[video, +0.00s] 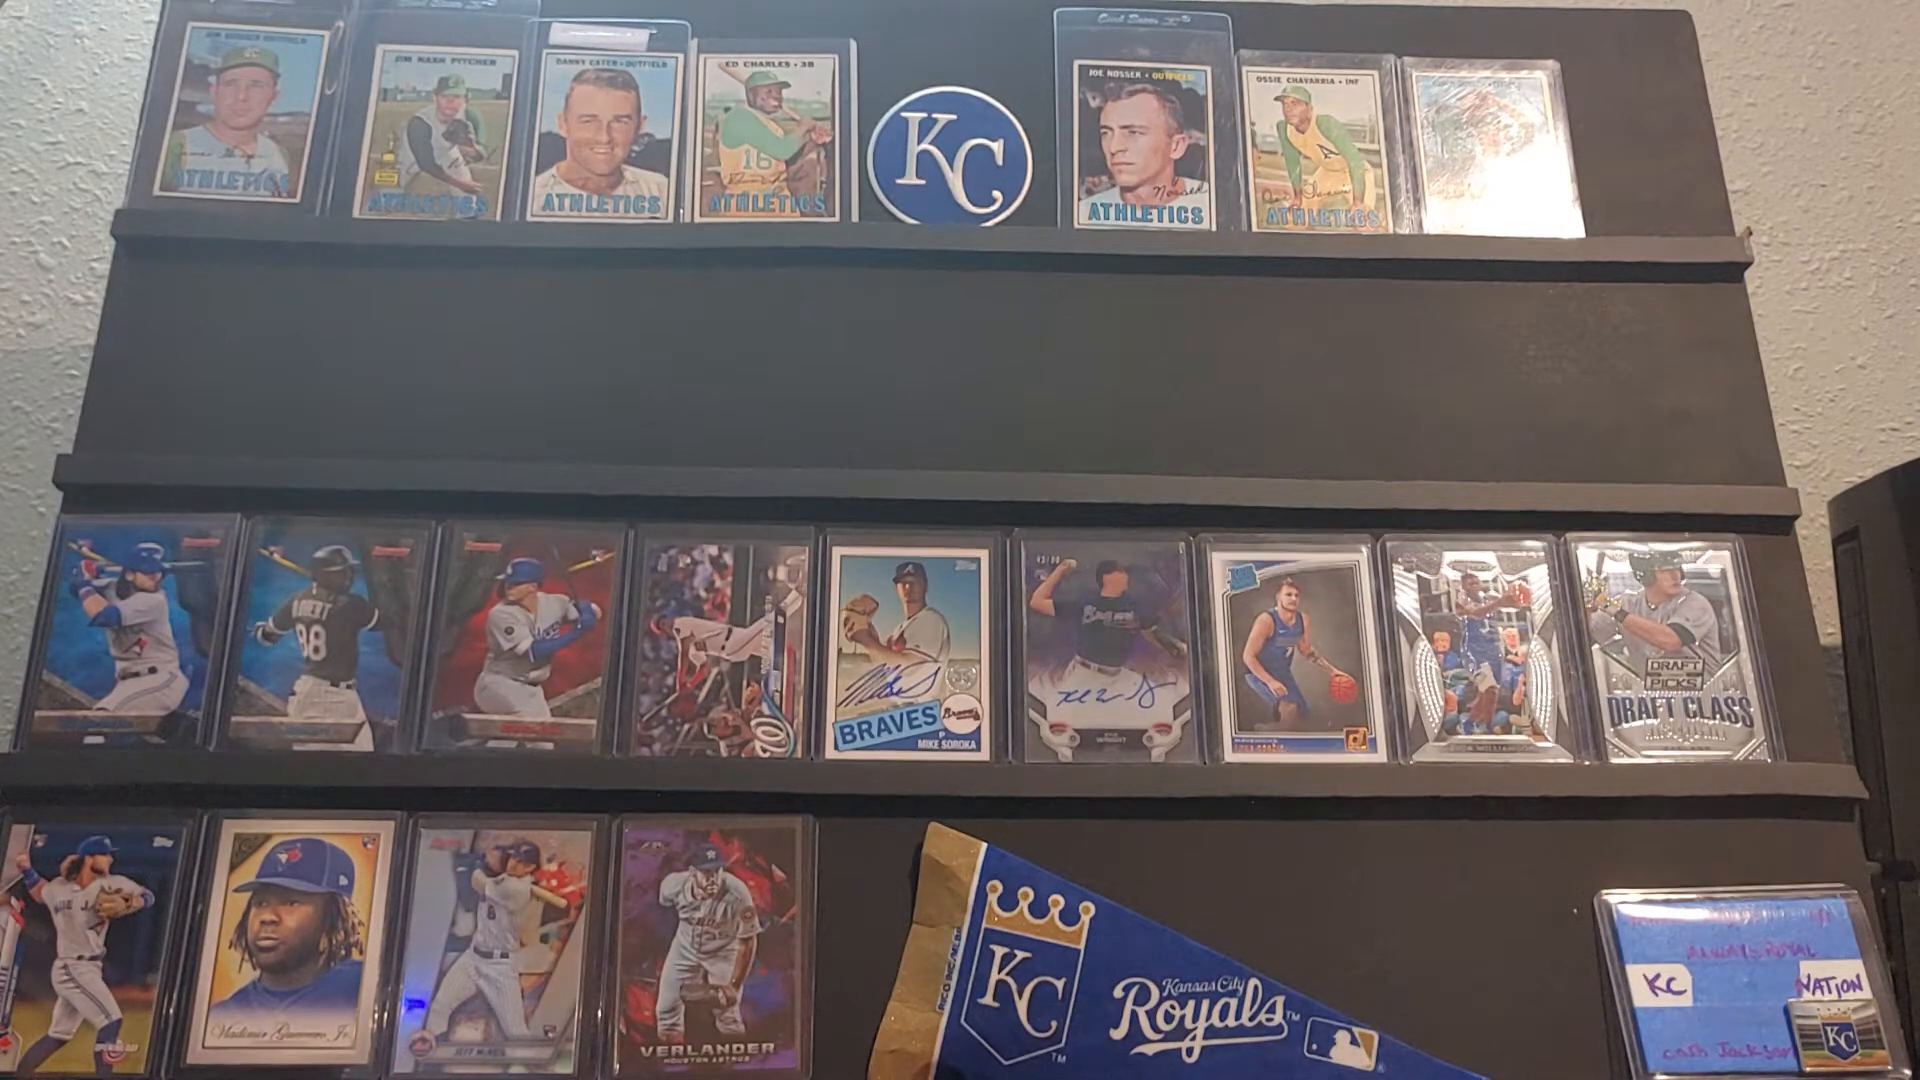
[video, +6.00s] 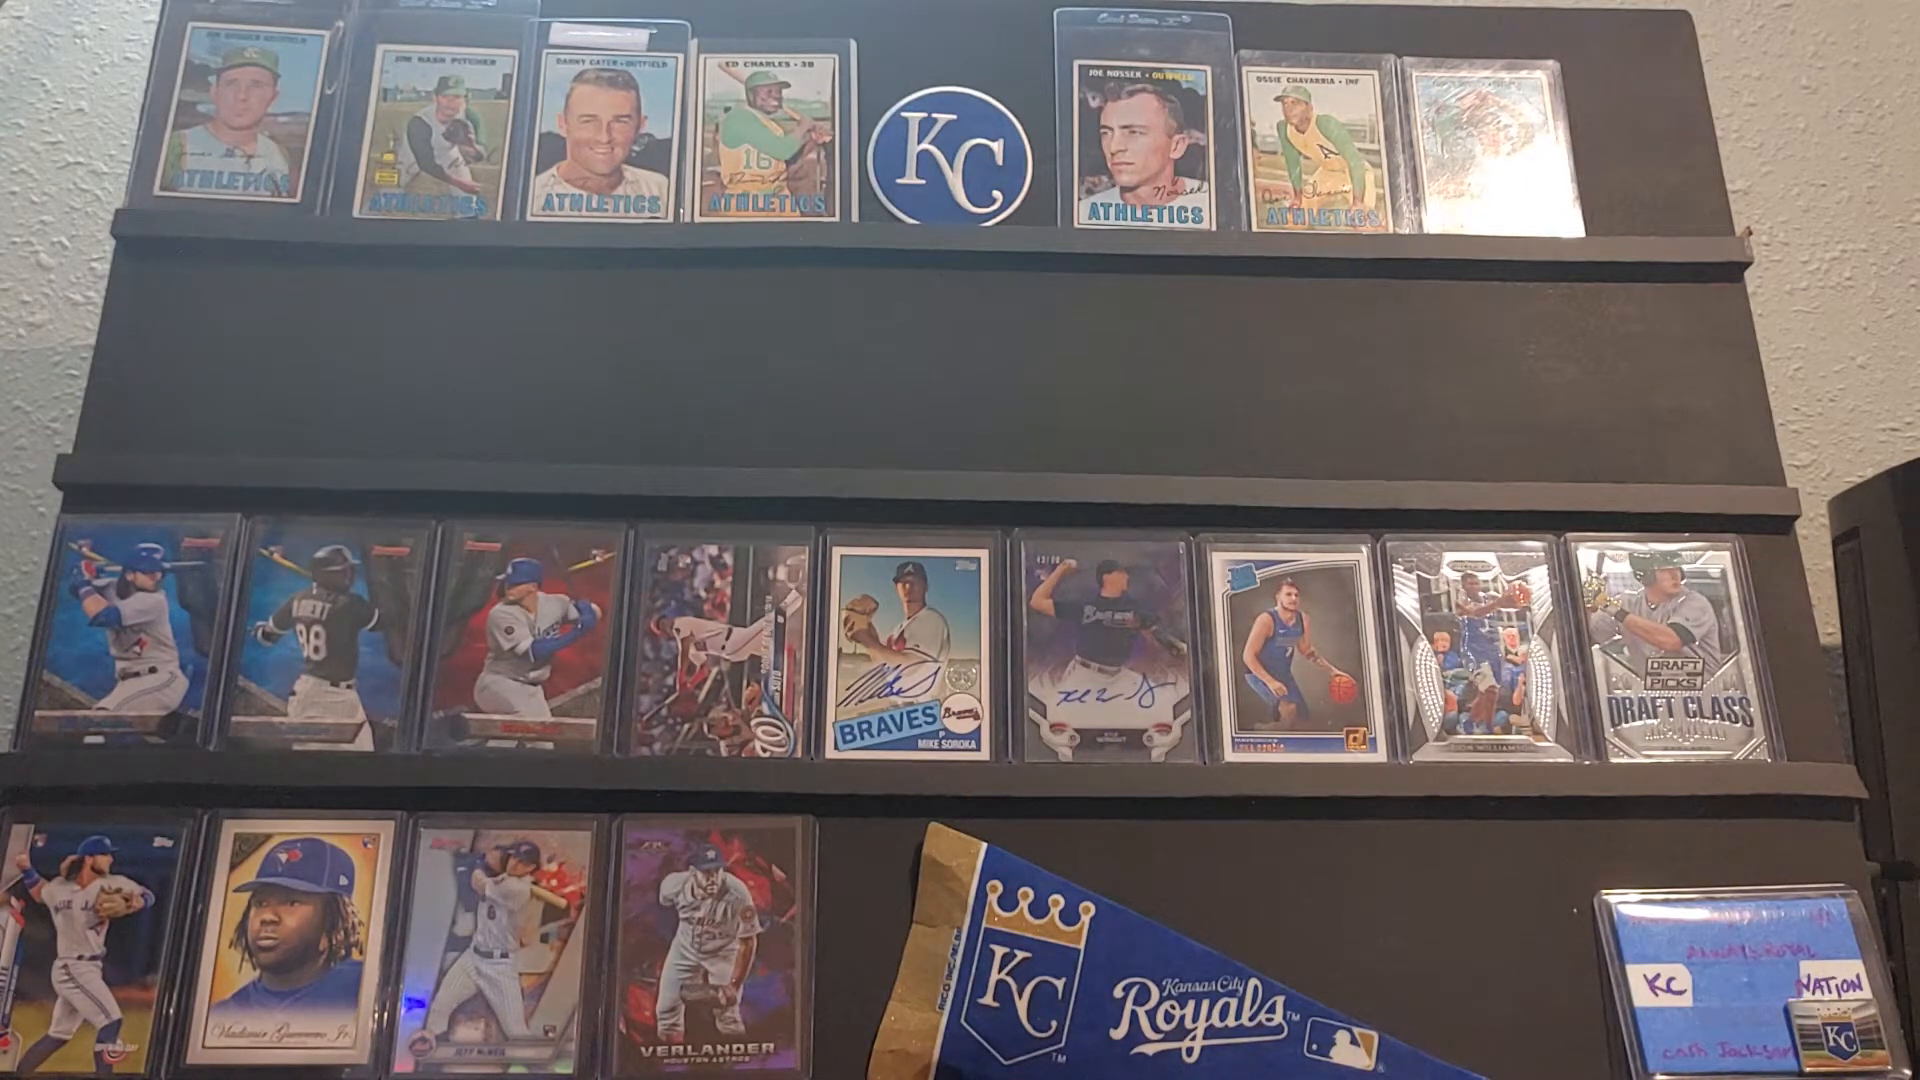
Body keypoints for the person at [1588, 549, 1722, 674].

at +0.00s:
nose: (1676, 576)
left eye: (1677, 568)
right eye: (1666, 570)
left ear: (1682, 571)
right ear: (1644, 575)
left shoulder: (1696, 604)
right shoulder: (1628, 604)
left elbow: (1672, 641)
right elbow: (1585, 637)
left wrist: (1620, 614)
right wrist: (1584, 610)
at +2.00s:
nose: (1677, 575)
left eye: (1678, 568)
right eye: (1667, 569)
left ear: (1682, 571)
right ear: (1645, 574)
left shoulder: (1696, 604)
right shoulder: (1628, 603)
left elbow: (1671, 641)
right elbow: (1585, 636)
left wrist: (1620, 614)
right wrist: (1584, 610)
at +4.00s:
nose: (1676, 575)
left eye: (1677, 568)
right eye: (1666, 569)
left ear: (1682, 571)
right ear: (1644, 574)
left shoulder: (1696, 604)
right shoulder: (1629, 604)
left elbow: (1671, 641)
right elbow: (1586, 637)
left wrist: (1619, 613)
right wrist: (1585, 609)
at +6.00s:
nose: (1676, 575)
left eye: (1676, 568)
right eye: (1665, 570)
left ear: (1681, 571)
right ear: (1644, 575)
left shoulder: (1696, 604)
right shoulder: (1627, 604)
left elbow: (1671, 641)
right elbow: (1585, 638)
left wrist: (1619, 613)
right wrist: (1586, 608)